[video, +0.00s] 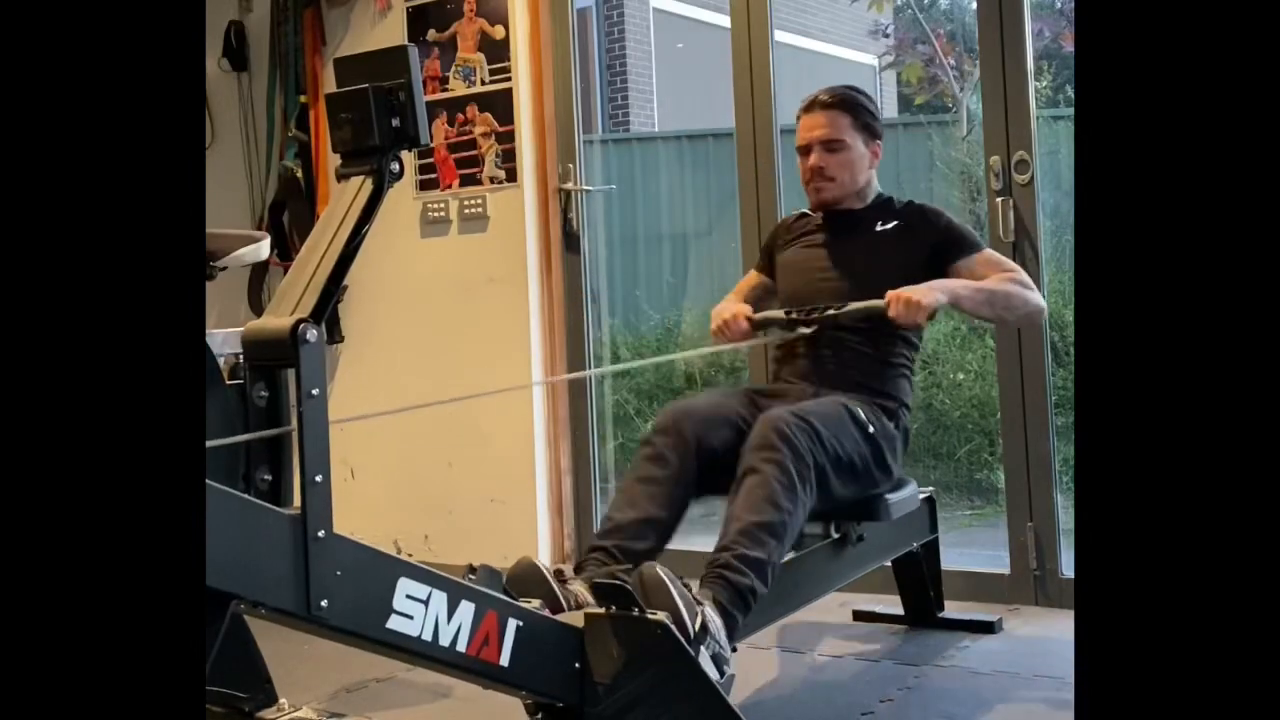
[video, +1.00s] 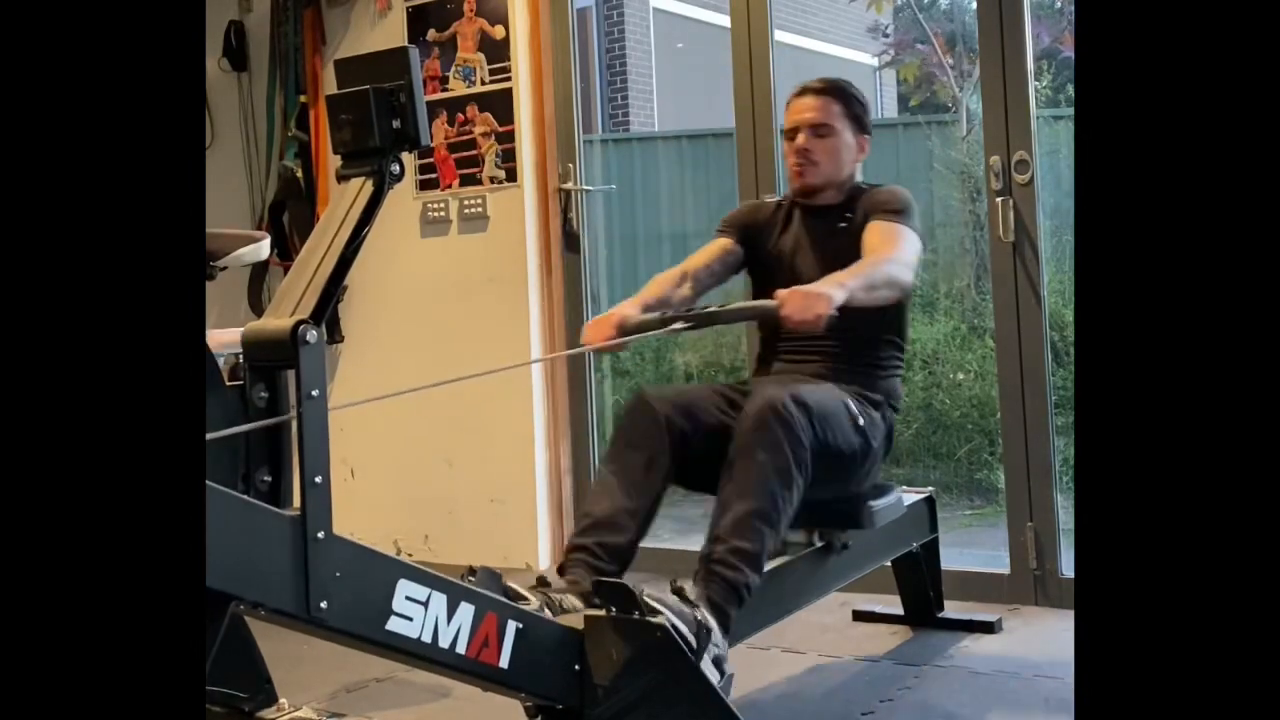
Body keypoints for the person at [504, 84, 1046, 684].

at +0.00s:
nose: (813, 161)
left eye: (830, 147)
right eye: (804, 149)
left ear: (874, 153)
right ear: (798, 157)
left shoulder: (918, 228)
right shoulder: (788, 235)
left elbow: (1029, 302)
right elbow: (737, 303)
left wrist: (944, 292)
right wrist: (732, 314)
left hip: (862, 413)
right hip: (772, 401)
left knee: (780, 433)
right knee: (680, 423)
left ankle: (716, 620)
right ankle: (593, 588)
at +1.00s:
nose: (799, 145)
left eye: (819, 132)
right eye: (791, 134)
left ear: (861, 146)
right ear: (781, 144)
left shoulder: (884, 208)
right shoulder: (759, 219)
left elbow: (894, 268)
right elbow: (688, 278)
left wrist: (835, 288)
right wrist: (629, 309)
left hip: (854, 414)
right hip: (758, 403)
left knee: (777, 406)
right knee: (653, 410)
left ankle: (710, 614)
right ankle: (578, 586)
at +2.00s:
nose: (673, 134)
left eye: (696, 118)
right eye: (665, 120)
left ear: (747, 133)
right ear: (656, 133)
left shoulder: (787, 200)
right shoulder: (645, 220)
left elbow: (773, 263)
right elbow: (554, 278)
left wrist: (691, 310)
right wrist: (460, 330)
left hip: (774, 467)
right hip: (680, 465)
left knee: (717, 330)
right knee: (584, 314)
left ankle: (699, 575)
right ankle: (575, 560)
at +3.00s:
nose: (658, 137)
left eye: (681, 119)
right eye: (649, 122)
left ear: (734, 132)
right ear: (639, 132)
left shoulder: (776, 204)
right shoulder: (635, 222)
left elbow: (752, 260)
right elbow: (536, 279)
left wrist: (656, 301)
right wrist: (437, 327)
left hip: (772, 475)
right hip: (679, 475)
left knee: (709, 320)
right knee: (570, 337)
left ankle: (699, 576)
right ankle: (575, 564)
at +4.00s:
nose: (785, 166)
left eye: (803, 149)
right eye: (775, 153)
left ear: (847, 152)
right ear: (766, 160)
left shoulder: (894, 229)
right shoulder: (758, 241)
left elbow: (998, 296)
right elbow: (680, 310)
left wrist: (893, 287)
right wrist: (673, 308)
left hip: (851, 445)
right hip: (754, 436)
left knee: (763, 396)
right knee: (660, 391)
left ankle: (714, 617)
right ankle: (592, 580)